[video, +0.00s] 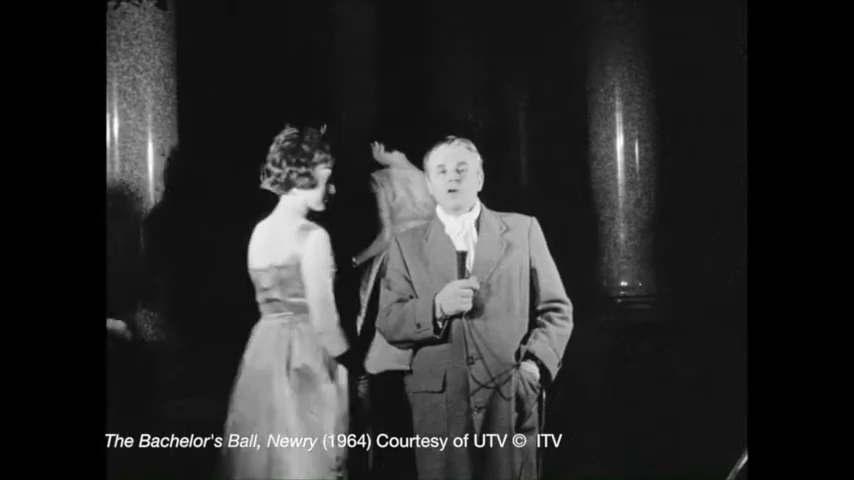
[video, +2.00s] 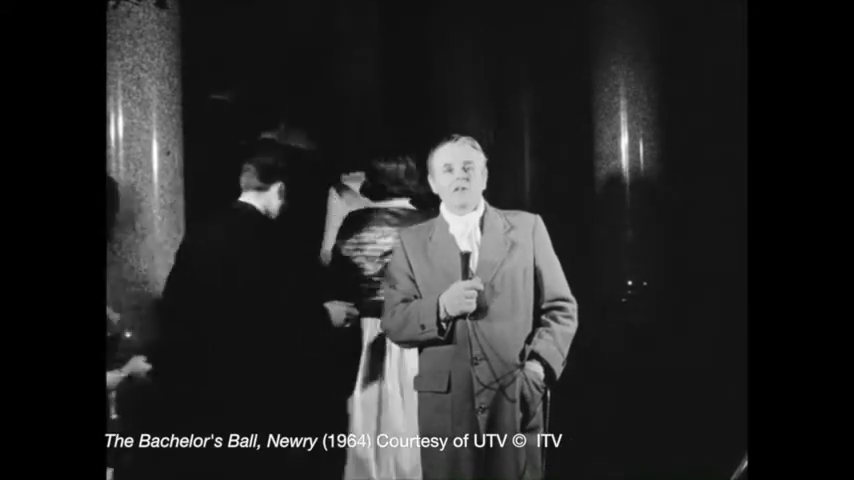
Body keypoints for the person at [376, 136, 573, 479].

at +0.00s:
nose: (452, 176)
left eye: (462, 166)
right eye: (441, 169)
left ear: (480, 178)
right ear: (428, 184)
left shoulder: (523, 230)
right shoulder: (405, 244)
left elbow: (555, 308)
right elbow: (389, 321)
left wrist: (535, 364)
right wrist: (435, 308)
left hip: (508, 394)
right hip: (436, 396)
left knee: (513, 474)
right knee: (440, 474)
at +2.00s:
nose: (460, 175)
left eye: (469, 165)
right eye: (447, 168)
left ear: (485, 176)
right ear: (432, 183)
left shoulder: (527, 228)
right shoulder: (411, 241)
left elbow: (560, 306)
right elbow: (394, 320)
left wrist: (539, 364)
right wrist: (440, 308)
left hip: (515, 395)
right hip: (444, 398)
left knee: (519, 474)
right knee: (446, 474)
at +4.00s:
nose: (470, 174)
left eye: (480, 166)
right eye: (459, 167)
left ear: (497, 178)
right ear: (444, 181)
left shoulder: (537, 231)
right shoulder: (420, 242)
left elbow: (569, 309)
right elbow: (404, 321)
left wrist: (551, 363)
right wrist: (453, 306)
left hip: (523, 399)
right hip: (452, 402)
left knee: (527, 474)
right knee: (453, 473)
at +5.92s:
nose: (480, 186)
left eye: (490, 177)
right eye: (471, 177)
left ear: (510, 180)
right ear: (458, 180)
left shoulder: (549, 230)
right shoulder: (430, 241)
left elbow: (580, 310)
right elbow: (412, 317)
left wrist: (558, 366)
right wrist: (461, 309)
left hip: (531, 398)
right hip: (461, 398)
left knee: (533, 475)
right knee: (460, 474)